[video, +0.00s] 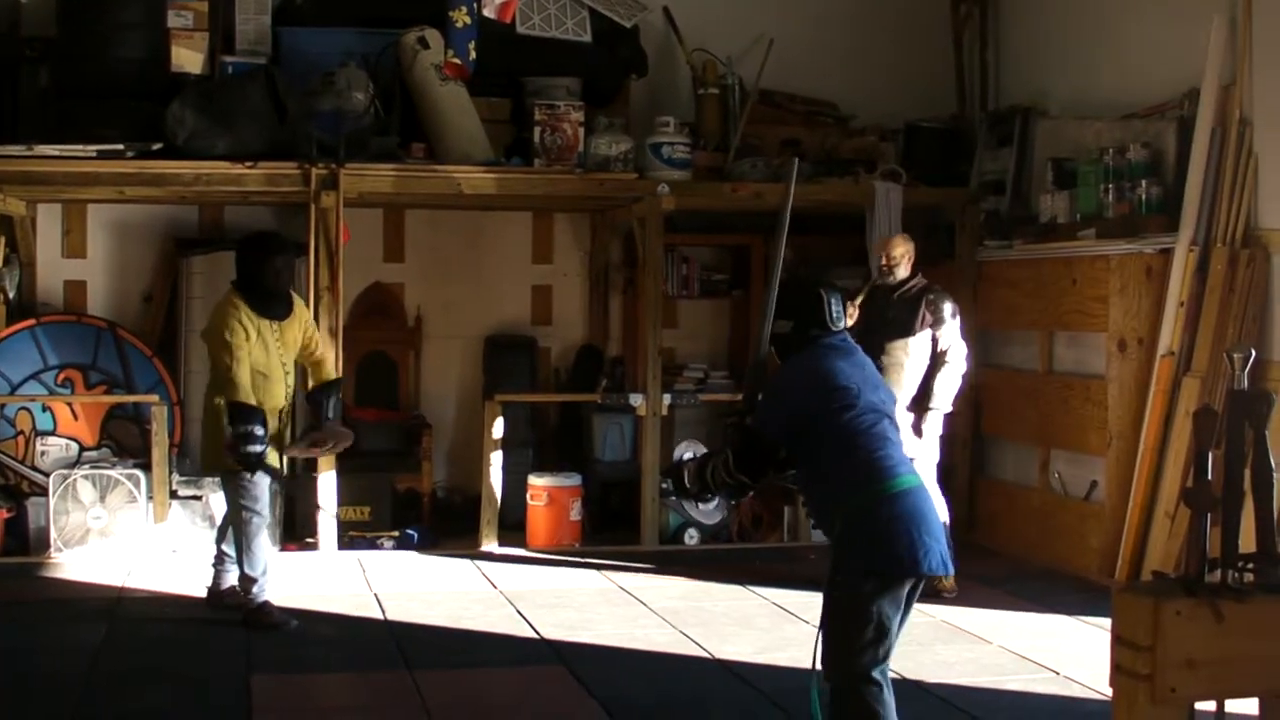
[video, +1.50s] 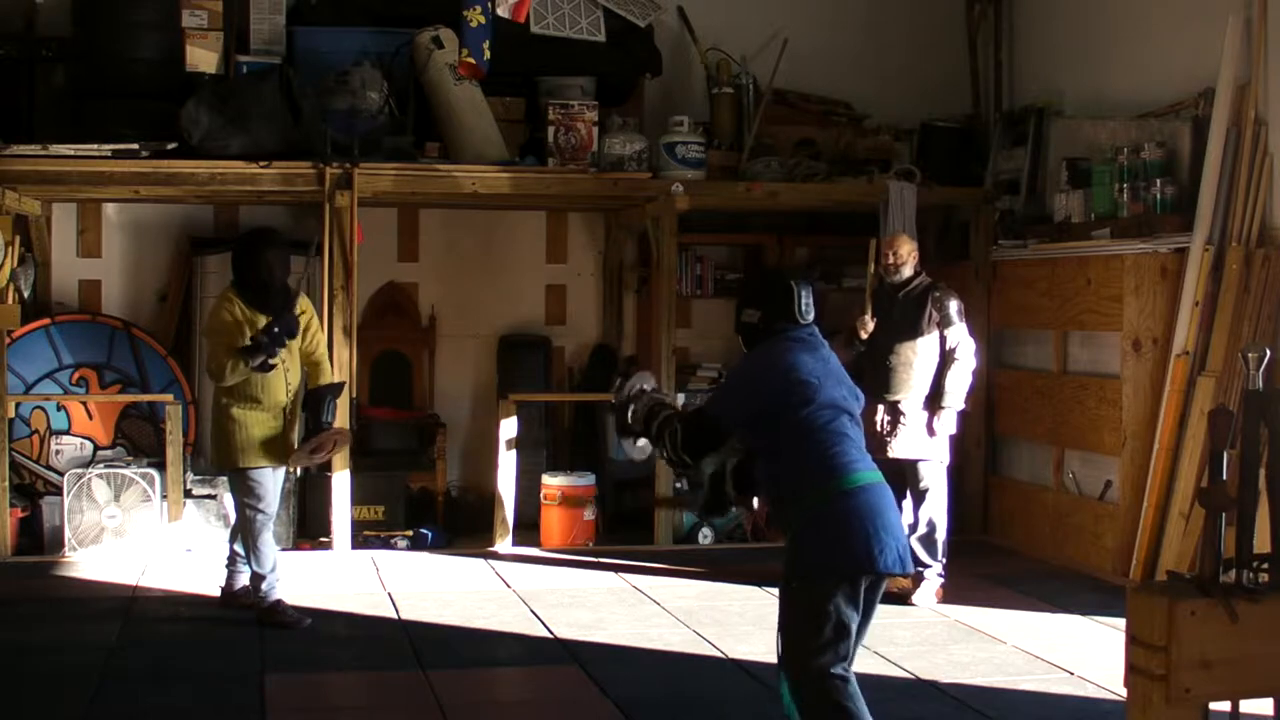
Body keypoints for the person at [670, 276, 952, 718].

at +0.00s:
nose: (773, 335)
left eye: (778, 325)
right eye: (775, 325)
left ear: (790, 326)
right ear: (830, 321)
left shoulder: (803, 373)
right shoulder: (858, 364)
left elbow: (747, 462)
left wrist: (691, 477)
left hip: (879, 535)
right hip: (914, 528)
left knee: (854, 674)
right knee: (866, 668)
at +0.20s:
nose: (795, 334)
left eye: (801, 323)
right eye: (798, 322)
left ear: (811, 329)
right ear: (857, 324)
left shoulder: (820, 381)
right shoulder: (881, 373)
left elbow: (763, 464)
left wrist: (709, 469)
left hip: (882, 547)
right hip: (924, 539)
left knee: (844, 691)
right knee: (878, 689)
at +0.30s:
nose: (798, 327)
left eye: (805, 317)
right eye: (802, 316)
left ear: (815, 322)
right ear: (860, 318)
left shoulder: (819, 377)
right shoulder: (884, 370)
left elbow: (762, 463)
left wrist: (710, 469)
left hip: (877, 556)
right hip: (924, 547)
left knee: (840, 696)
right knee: (882, 695)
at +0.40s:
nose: (799, 326)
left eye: (805, 315)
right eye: (802, 315)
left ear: (816, 318)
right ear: (860, 314)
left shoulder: (822, 371)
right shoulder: (884, 363)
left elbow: (764, 458)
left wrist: (712, 462)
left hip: (878, 558)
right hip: (925, 549)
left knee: (844, 698)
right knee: (881, 694)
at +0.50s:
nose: (795, 319)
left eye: (801, 307)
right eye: (798, 307)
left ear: (813, 312)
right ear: (858, 307)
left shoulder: (820, 369)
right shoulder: (881, 359)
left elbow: (755, 457)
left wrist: (696, 452)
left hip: (881, 555)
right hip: (918, 545)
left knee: (850, 696)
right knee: (862, 689)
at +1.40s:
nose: (742, 325)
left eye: (747, 315)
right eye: (745, 315)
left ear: (760, 316)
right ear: (803, 313)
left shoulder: (773, 361)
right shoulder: (829, 362)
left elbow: (693, 444)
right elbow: (794, 458)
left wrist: (646, 421)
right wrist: (722, 465)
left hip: (837, 529)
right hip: (874, 524)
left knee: (822, 668)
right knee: (827, 663)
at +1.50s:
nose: (739, 325)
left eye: (744, 315)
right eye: (741, 315)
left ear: (757, 317)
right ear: (798, 313)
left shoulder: (768, 363)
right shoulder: (823, 361)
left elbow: (691, 440)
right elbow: (797, 455)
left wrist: (643, 404)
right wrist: (729, 482)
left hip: (834, 531)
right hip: (876, 526)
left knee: (813, 670)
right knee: (831, 668)